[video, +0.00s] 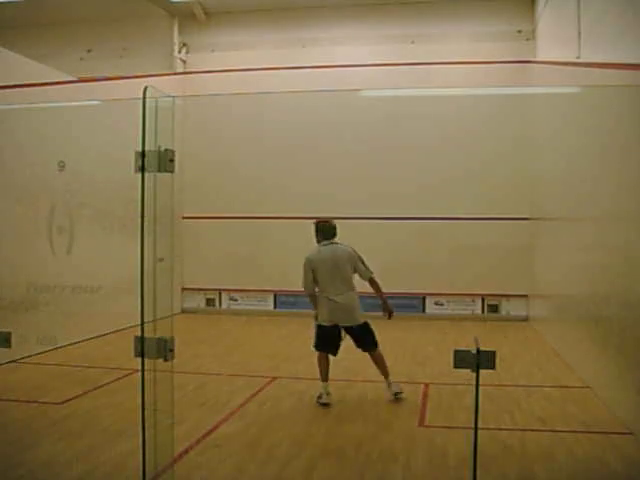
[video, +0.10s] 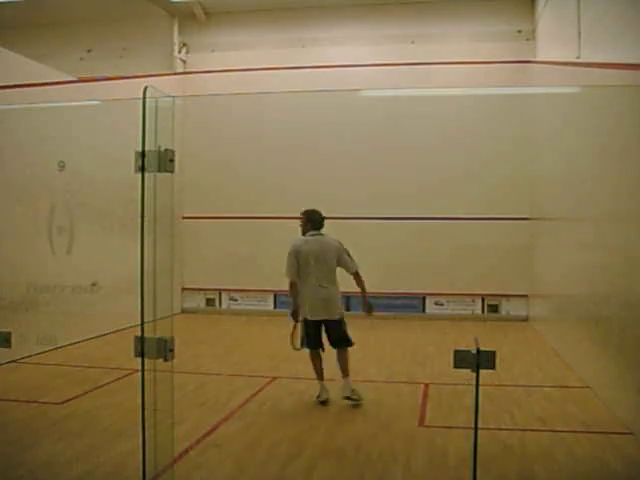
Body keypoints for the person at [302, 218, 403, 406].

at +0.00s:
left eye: (316, 234)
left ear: (317, 236)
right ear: (335, 234)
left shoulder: (312, 258)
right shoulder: (348, 252)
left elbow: (309, 290)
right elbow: (369, 277)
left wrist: (317, 309)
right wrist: (384, 302)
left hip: (326, 315)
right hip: (352, 313)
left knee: (323, 351)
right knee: (372, 348)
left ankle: (325, 392)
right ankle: (391, 385)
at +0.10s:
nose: (299, 225)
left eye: (301, 222)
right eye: (301, 221)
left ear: (306, 224)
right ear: (321, 225)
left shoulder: (297, 246)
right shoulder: (334, 245)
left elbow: (293, 281)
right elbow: (354, 271)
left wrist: (295, 307)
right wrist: (365, 297)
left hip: (309, 309)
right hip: (333, 308)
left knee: (314, 348)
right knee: (342, 345)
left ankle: (322, 389)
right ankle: (347, 386)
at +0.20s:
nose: (285, 221)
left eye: (287, 217)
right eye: (287, 217)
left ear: (293, 220)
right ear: (307, 221)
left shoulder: (284, 242)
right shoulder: (320, 240)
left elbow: (278, 277)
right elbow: (340, 267)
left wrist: (274, 304)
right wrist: (347, 296)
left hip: (291, 304)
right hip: (314, 304)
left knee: (293, 344)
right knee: (310, 347)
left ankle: (306, 383)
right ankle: (304, 387)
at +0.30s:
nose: (270, 226)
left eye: (272, 222)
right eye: (271, 222)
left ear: (278, 225)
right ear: (293, 226)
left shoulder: (268, 249)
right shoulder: (305, 246)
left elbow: (259, 283)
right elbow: (325, 272)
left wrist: (253, 310)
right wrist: (331, 302)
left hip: (270, 313)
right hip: (295, 314)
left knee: (265, 345)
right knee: (289, 354)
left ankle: (266, 386)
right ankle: (286, 399)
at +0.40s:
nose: (252, 230)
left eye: (254, 227)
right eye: (253, 226)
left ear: (260, 230)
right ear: (275, 231)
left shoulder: (249, 252)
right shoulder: (287, 251)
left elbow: (240, 288)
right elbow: (306, 280)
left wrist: (231, 316)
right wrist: (314, 309)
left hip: (251, 316)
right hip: (277, 318)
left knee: (234, 350)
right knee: (282, 359)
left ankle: (221, 389)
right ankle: (285, 402)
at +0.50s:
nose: (230, 235)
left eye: (233, 231)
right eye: (232, 231)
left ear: (240, 234)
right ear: (254, 235)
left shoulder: (229, 256)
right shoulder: (268, 255)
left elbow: (217, 292)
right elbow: (284, 285)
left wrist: (209, 321)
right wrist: (294, 311)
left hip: (230, 319)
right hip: (260, 320)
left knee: (208, 356)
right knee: (275, 360)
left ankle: (185, 398)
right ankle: (284, 403)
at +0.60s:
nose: (211, 239)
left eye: (213, 235)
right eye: (212, 235)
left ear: (220, 238)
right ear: (234, 239)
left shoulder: (208, 260)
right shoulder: (247, 260)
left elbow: (197, 297)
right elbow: (262, 290)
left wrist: (188, 326)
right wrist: (274, 317)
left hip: (211, 324)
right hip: (240, 324)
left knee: (193, 363)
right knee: (263, 359)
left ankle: (179, 405)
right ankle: (280, 401)